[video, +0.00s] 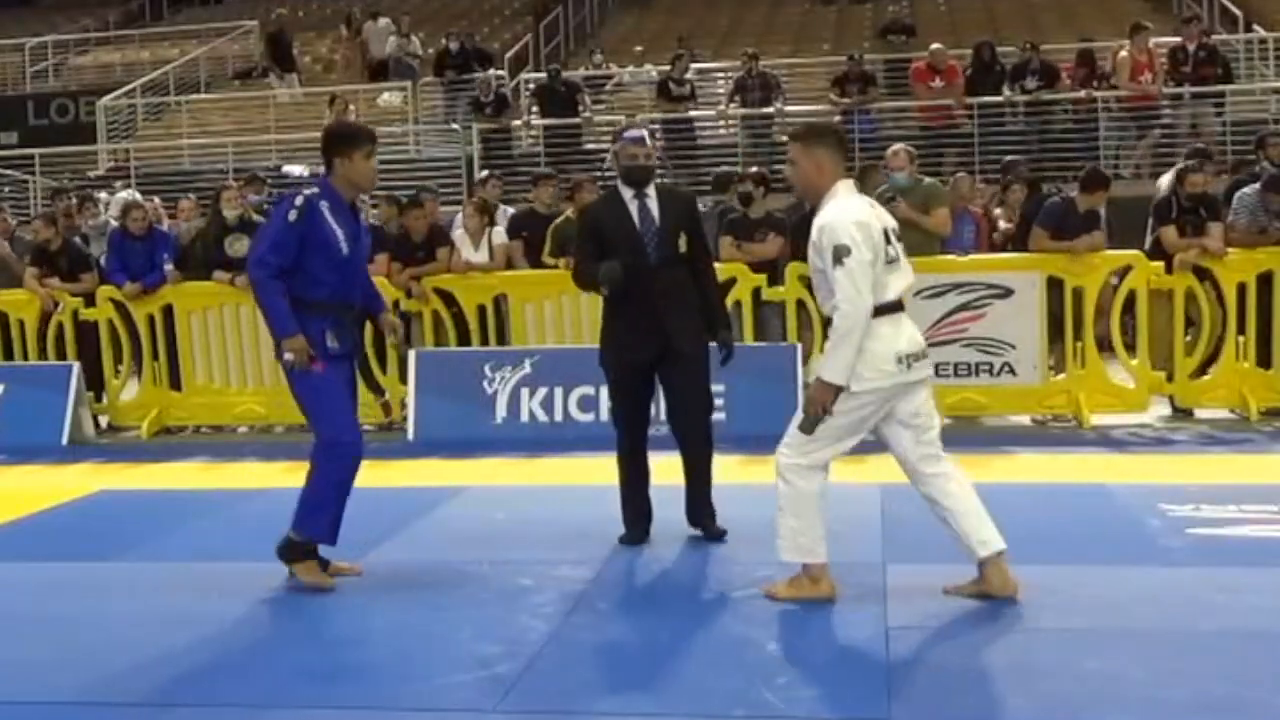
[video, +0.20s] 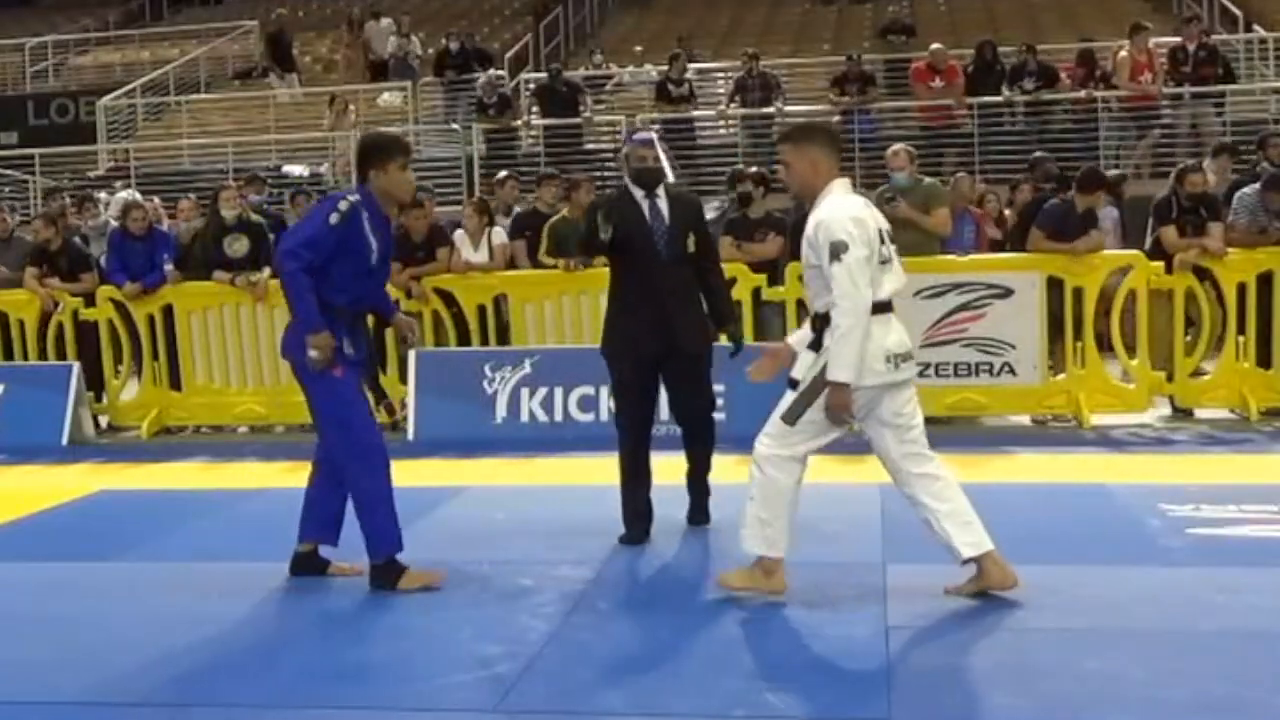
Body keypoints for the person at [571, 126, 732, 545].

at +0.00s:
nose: (638, 158)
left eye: (645, 151)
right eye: (630, 152)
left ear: (656, 157)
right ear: (615, 159)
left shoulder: (680, 202)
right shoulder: (597, 213)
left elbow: (703, 267)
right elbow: (581, 273)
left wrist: (719, 323)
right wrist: (600, 273)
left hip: (682, 332)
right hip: (626, 337)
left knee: (695, 427)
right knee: (631, 435)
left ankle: (702, 515)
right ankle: (636, 523)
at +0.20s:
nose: (647, 161)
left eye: (653, 154)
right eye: (639, 155)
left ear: (663, 160)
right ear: (624, 163)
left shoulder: (686, 204)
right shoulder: (610, 208)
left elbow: (708, 266)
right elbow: (591, 246)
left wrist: (726, 319)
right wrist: (593, 219)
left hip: (686, 332)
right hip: (632, 335)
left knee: (698, 419)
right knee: (633, 432)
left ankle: (699, 491)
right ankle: (636, 523)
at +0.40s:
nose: (665, 166)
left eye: (671, 159)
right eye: (656, 160)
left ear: (682, 165)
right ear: (641, 166)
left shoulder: (701, 208)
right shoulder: (630, 208)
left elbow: (720, 268)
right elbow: (614, 240)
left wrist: (723, 314)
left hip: (697, 322)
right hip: (643, 325)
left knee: (693, 423)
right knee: (644, 428)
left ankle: (694, 505)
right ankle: (638, 519)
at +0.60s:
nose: (666, 167)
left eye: (674, 160)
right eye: (660, 160)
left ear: (690, 166)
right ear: (651, 162)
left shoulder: (703, 204)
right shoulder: (638, 203)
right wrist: (638, 183)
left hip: (696, 314)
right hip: (642, 310)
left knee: (694, 418)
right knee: (644, 419)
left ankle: (695, 506)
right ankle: (638, 512)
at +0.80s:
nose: (673, 166)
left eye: (680, 159)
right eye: (666, 159)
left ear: (690, 163)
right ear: (652, 162)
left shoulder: (702, 207)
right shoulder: (632, 203)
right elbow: (628, 255)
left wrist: (723, 323)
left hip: (697, 317)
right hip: (643, 312)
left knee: (695, 418)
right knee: (639, 411)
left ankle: (693, 503)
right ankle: (634, 487)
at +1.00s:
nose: (659, 169)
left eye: (666, 162)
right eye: (651, 162)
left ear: (678, 165)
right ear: (640, 165)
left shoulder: (689, 203)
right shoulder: (627, 204)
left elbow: (714, 267)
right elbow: (618, 209)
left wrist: (726, 329)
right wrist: (640, 177)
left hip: (690, 316)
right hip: (637, 315)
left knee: (692, 417)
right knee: (640, 410)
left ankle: (694, 502)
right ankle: (641, 482)